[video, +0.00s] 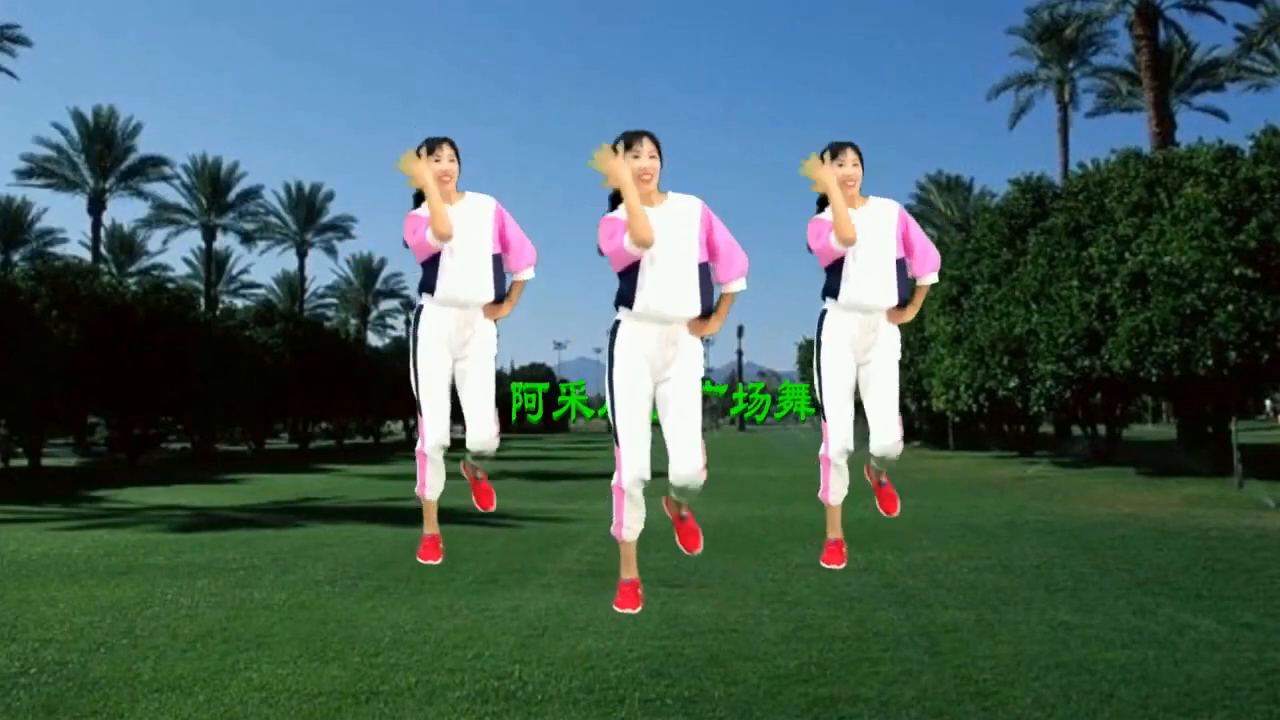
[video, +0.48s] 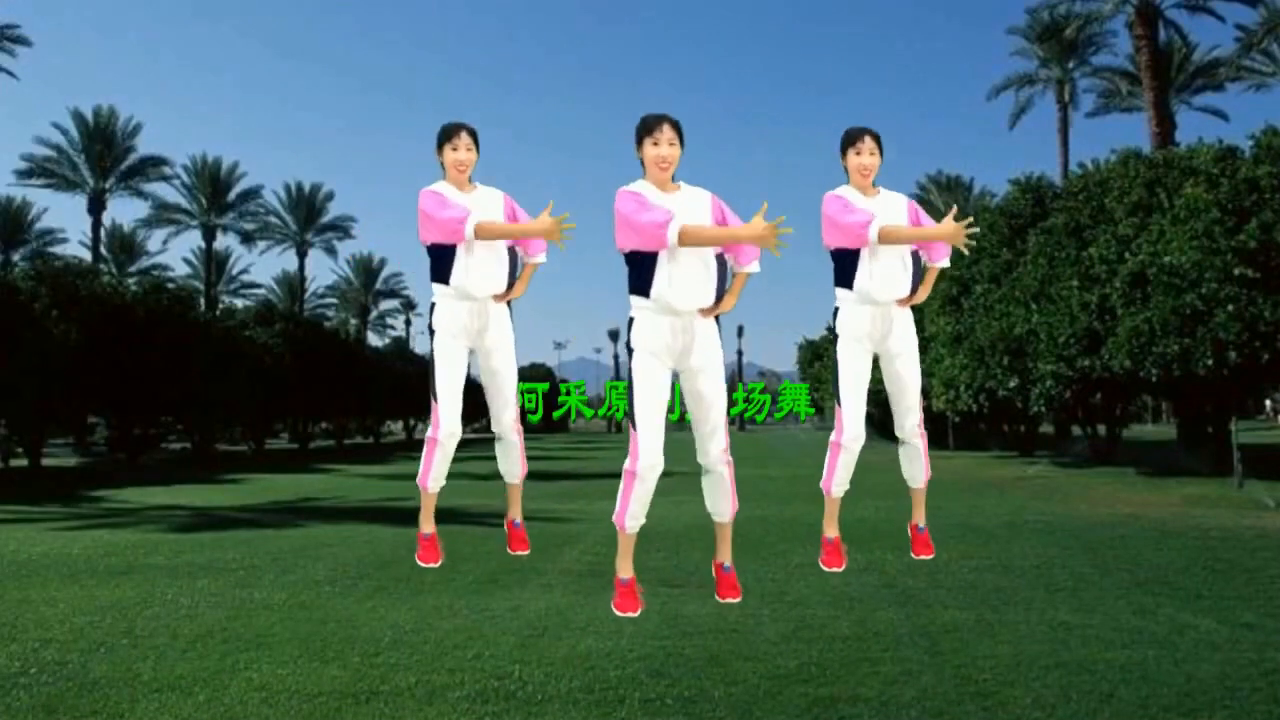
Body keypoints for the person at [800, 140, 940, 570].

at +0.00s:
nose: (848, 170)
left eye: (853, 163)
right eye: (839, 164)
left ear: (863, 172)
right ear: (827, 177)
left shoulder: (890, 211)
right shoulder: (820, 222)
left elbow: (927, 261)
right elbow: (846, 239)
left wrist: (912, 308)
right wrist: (831, 186)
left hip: (882, 325)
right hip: (838, 326)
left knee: (888, 442)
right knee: (837, 440)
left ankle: (876, 473)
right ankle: (833, 536)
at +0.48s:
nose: (864, 159)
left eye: (871, 153)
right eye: (856, 153)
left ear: (881, 160)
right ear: (844, 160)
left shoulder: (901, 204)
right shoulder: (834, 203)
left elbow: (938, 245)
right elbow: (876, 233)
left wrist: (922, 291)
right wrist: (938, 233)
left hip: (899, 316)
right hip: (854, 318)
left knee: (910, 424)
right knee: (851, 428)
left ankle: (919, 522)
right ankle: (830, 530)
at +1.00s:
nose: (863, 161)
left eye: (870, 154)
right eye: (855, 154)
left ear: (881, 162)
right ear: (844, 162)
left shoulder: (901, 211)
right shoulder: (826, 209)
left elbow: (932, 258)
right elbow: (775, 243)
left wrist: (908, 305)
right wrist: (805, 292)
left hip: (888, 325)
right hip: (842, 325)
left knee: (887, 435)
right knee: (841, 436)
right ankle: (829, 534)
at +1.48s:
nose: (877, 162)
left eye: (885, 156)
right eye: (870, 156)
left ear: (898, 164)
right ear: (861, 165)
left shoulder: (918, 210)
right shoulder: (843, 210)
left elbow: (958, 257)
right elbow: (798, 246)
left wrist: (922, 301)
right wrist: (823, 289)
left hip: (898, 322)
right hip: (853, 321)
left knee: (898, 432)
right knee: (856, 432)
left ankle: (894, 535)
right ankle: (853, 534)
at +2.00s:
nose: (871, 167)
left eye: (879, 161)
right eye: (864, 161)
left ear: (891, 169)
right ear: (854, 169)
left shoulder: (909, 217)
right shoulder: (835, 216)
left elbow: (952, 258)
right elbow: (798, 266)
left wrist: (920, 298)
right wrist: (822, 312)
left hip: (900, 330)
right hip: (855, 332)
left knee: (899, 436)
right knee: (859, 438)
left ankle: (891, 536)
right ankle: (851, 536)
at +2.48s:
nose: (867, 160)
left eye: (876, 153)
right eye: (863, 154)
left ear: (896, 159)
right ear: (859, 161)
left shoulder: (917, 201)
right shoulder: (841, 206)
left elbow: (973, 216)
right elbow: (797, 252)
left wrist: (948, 212)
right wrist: (825, 299)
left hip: (898, 315)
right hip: (853, 315)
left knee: (894, 431)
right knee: (852, 432)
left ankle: (891, 535)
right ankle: (847, 535)